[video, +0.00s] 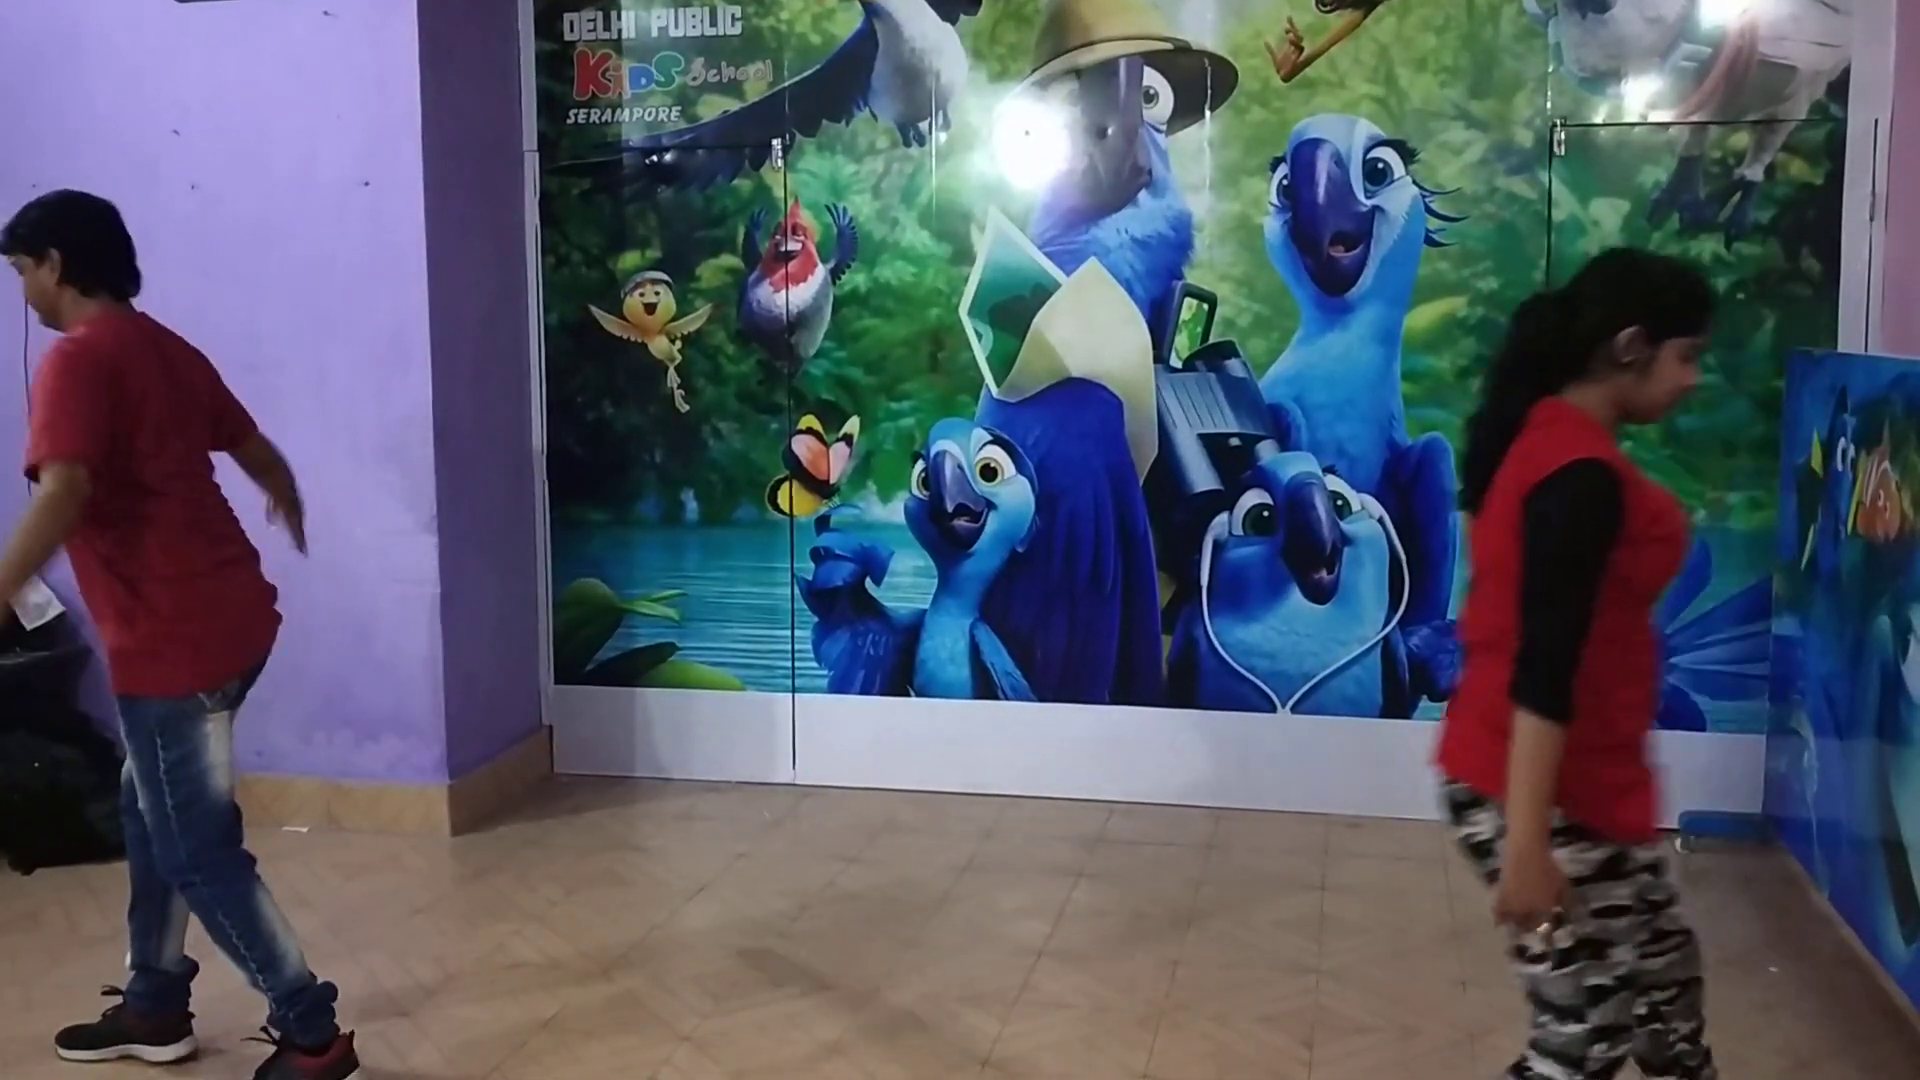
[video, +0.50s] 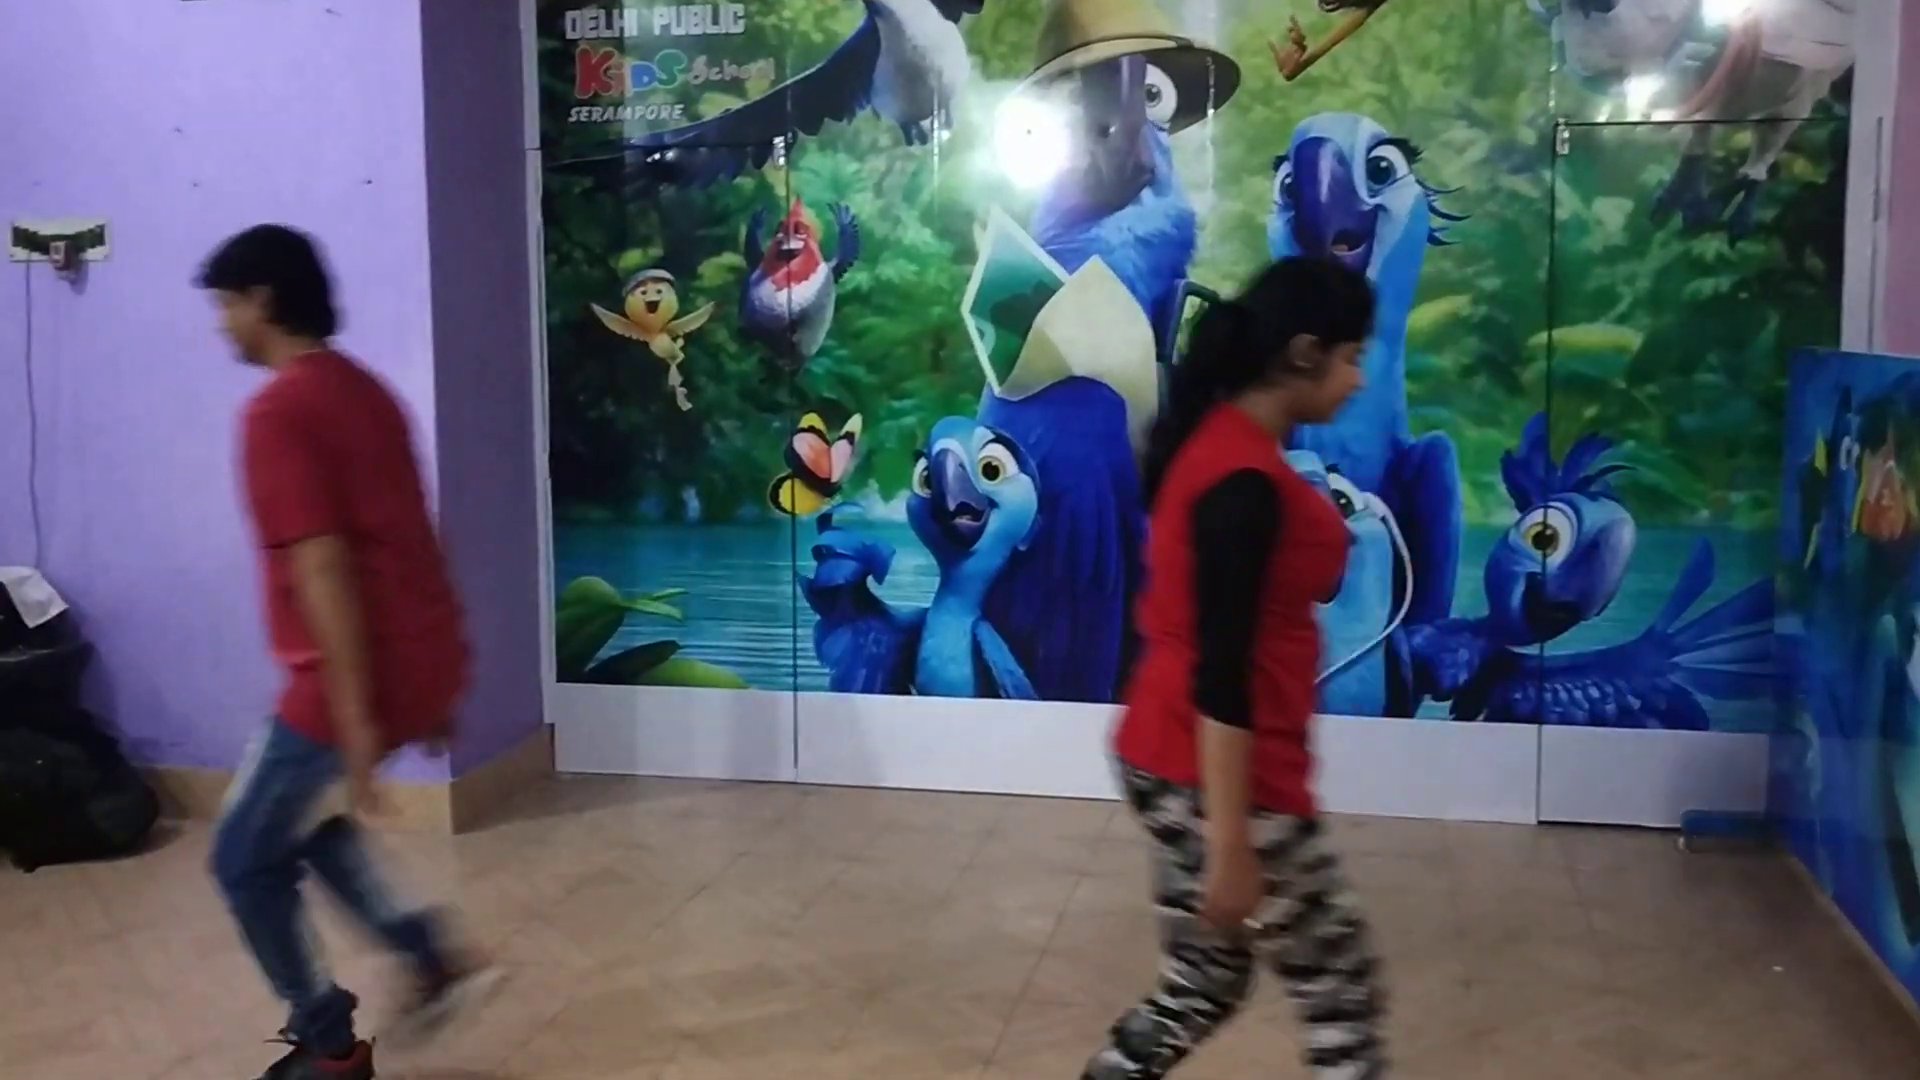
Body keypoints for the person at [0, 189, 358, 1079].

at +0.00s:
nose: (19, 287)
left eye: (22, 269)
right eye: (17, 270)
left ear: (54, 266)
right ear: (96, 265)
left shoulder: (75, 361)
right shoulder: (168, 346)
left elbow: (66, 489)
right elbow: (251, 445)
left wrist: (6, 584)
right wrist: (287, 495)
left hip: (167, 643)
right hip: (234, 619)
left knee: (201, 853)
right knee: (149, 815)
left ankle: (313, 1031)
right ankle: (154, 1009)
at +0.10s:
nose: (40, 291)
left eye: (43, 274)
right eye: (38, 275)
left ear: (76, 273)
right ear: (121, 271)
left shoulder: (100, 375)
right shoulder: (188, 360)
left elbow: (99, 524)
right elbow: (263, 483)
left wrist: (53, 663)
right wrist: (292, 568)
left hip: (180, 649)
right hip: (242, 628)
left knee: (186, 864)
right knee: (144, 818)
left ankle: (313, 1030)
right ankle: (153, 1009)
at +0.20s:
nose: (75, 303)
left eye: (80, 286)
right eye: (74, 286)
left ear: (116, 286)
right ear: (162, 284)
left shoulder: (135, 392)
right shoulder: (222, 376)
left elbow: (143, 549)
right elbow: (282, 515)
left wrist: (124, 698)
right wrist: (306, 621)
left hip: (203, 659)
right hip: (260, 644)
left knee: (176, 872)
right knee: (156, 827)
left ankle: (314, 1029)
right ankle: (154, 1009)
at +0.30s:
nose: (114, 312)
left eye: (120, 294)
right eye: (114, 295)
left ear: (154, 294)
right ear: (190, 293)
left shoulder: (174, 400)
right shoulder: (262, 382)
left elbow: (196, 563)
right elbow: (307, 534)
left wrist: (197, 722)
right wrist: (333, 667)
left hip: (247, 673)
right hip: (299, 662)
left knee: (208, 864)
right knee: (196, 823)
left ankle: (321, 1036)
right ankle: (156, 998)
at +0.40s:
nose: (163, 318)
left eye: (168, 300)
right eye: (163, 301)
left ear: (204, 300)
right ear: (243, 298)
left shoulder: (220, 408)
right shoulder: (311, 387)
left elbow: (253, 566)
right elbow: (355, 539)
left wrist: (273, 724)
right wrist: (381, 682)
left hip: (294, 688)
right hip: (352, 669)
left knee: (221, 870)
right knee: (232, 830)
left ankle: (322, 1038)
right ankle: (242, 998)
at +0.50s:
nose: (219, 319)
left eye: (226, 301)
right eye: (219, 302)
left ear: (265, 302)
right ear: (300, 300)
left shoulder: (281, 410)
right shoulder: (361, 388)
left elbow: (323, 568)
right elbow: (411, 541)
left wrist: (357, 723)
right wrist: (433, 689)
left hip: (345, 688)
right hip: (408, 671)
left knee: (244, 858)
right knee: (311, 824)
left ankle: (325, 1037)